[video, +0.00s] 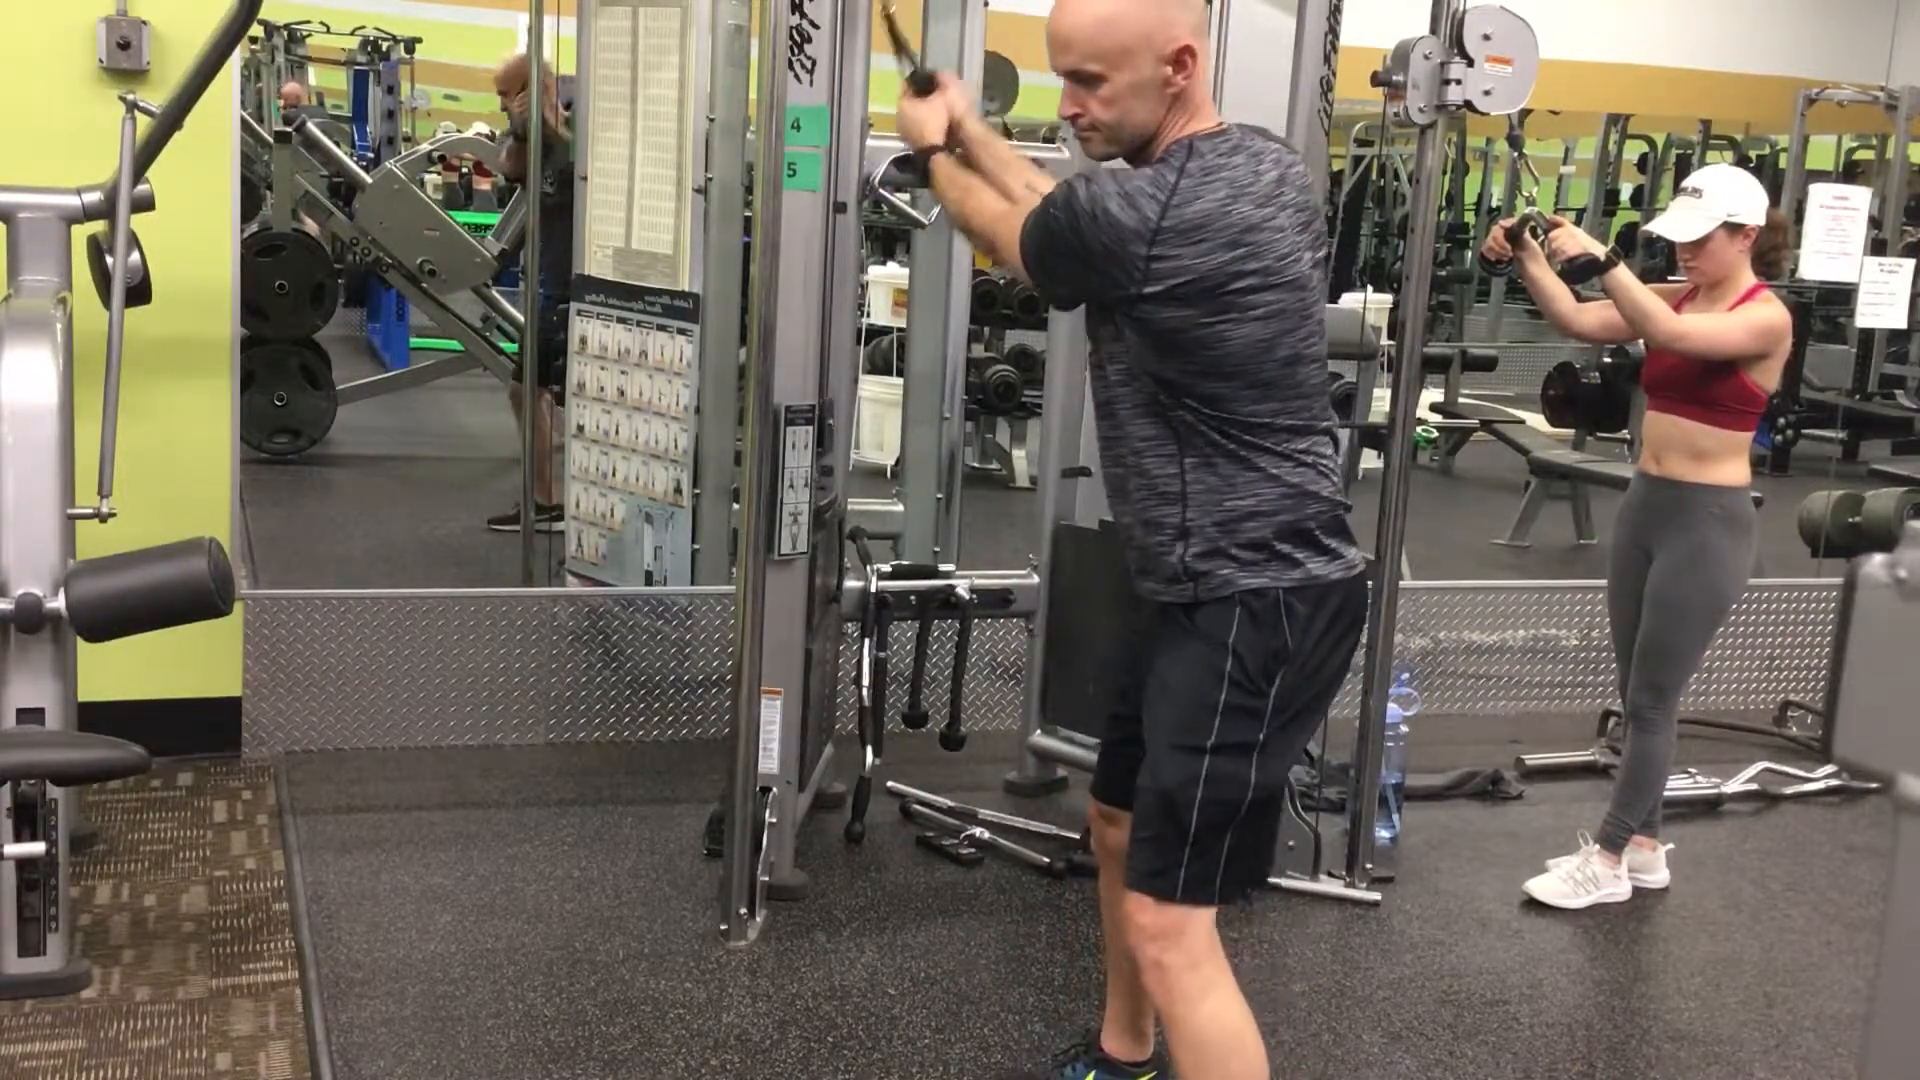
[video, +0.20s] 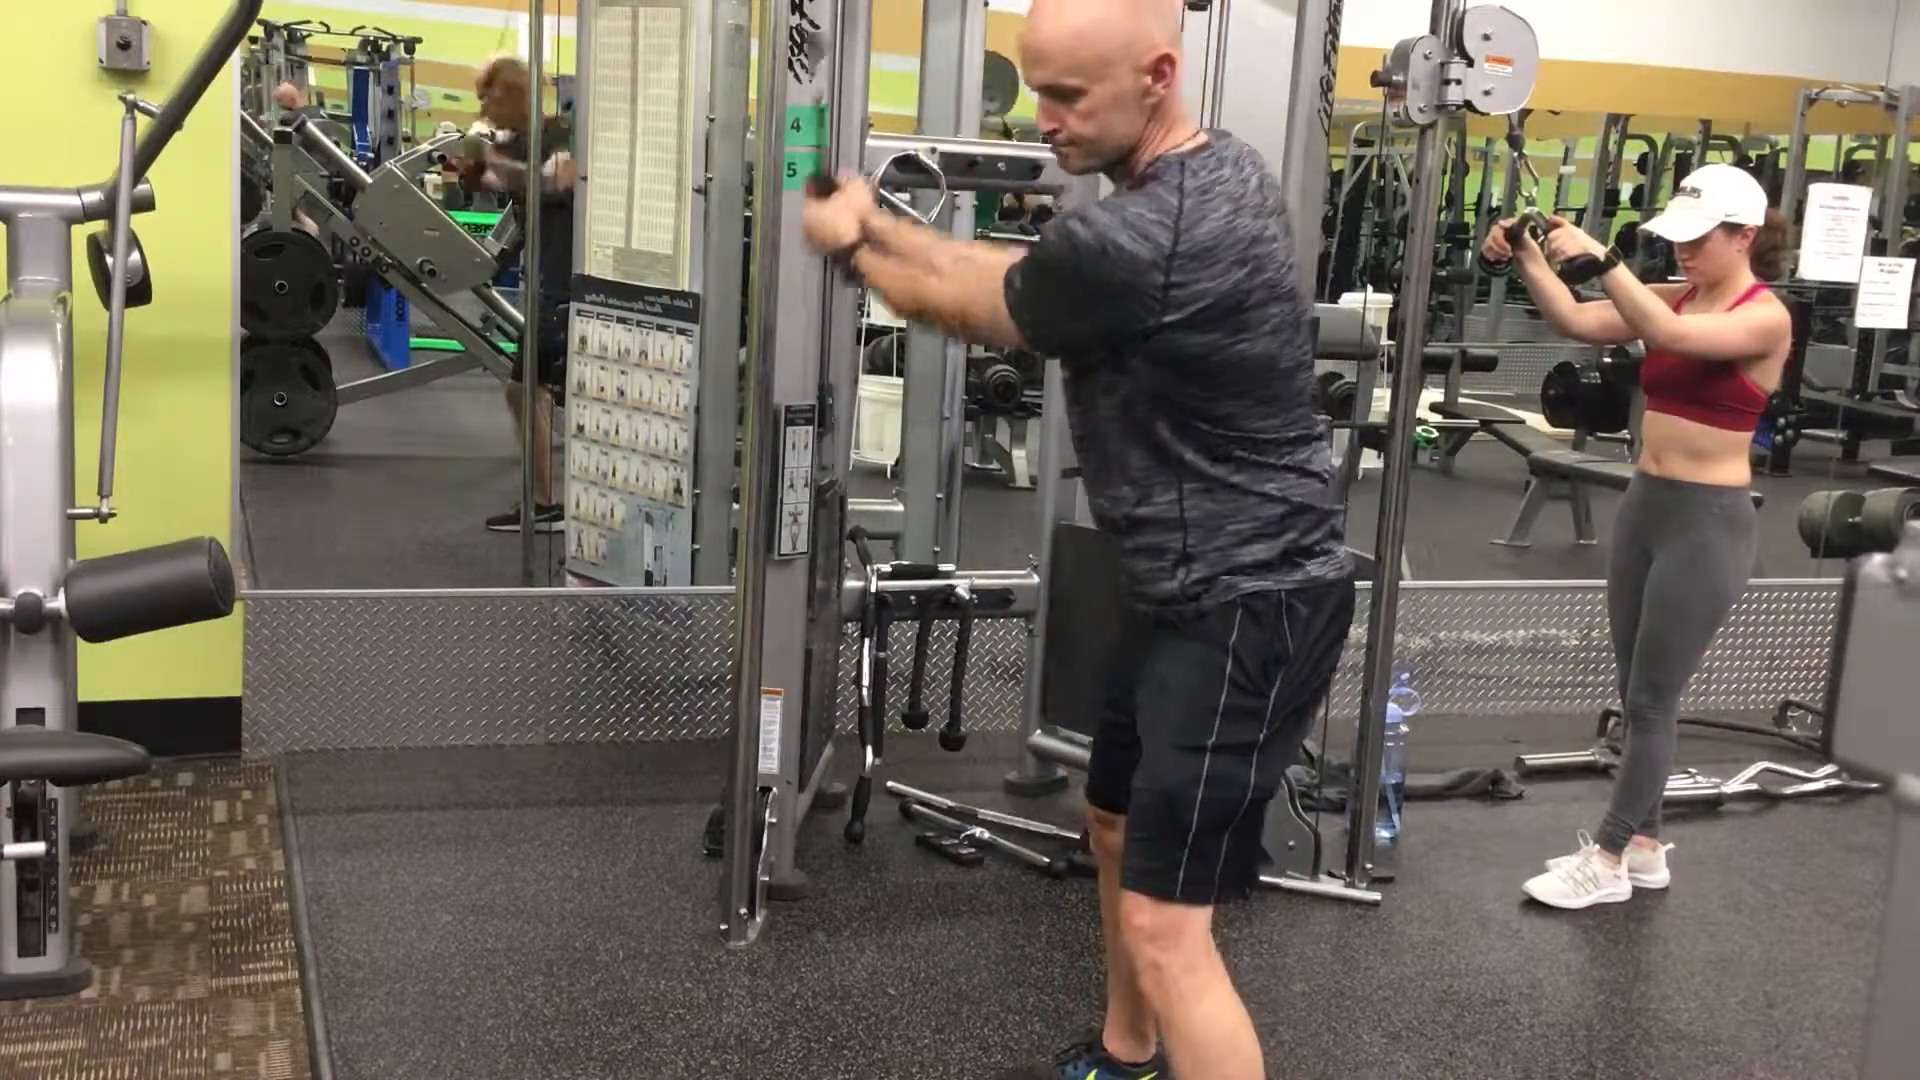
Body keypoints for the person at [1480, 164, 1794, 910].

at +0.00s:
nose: (1681, 252)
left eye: (1697, 238)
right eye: (1677, 239)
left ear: (1746, 236)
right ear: (1677, 238)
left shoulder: (1768, 317)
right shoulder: (1674, 300)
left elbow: (1669, 331)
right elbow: (1578, 318)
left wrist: (1600, 258)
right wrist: (1525, 257)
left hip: (1709, 524)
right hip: (1642, 510)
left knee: (1651, 698)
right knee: (1638, 693)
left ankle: (1606, 858)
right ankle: (1646, 846)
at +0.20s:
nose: (1680, 252)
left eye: (1694, 239)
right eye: (1676, 239)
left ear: (1744, 237)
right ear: (1677, 238)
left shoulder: (1768, 317)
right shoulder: (1673, 300)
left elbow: (1668, 331)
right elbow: (1577, 320)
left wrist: (1599, 257)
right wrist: (1524, 259)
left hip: (1709, 522)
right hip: (1642, 508)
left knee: (1652, 698)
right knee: (1638, 691)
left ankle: (1606, 858)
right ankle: (1646, 846)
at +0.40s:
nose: (1678, 252)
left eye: (1693, 238)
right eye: (1674, 239)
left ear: (1742, 237)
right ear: (1677, 239)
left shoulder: (1767, 317)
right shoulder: (1673, 300)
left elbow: (1668, 332)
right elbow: (1577, 319)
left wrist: (1600, 258)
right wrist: (1524, 259)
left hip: (1709, 522)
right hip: (1642, 508)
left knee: (1651, 698)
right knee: (1638, 691)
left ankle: (1606, 858)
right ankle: (1646, 846)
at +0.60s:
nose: (1677, 252)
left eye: (1692, 239)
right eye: (1673, 239)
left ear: (1740, 237)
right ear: (1675, 239)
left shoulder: (1765, 318)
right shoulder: (1671, 300)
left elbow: (1667, 333)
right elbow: (1575, 320)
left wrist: (1598, 257)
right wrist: (1522, 260)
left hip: (1707, 523)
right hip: (1641, 508)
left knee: (1650, 698)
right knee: (1638, 693)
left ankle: (1606, 858)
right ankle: (1645, 846)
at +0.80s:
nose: (1675, 253)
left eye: (1689, 240)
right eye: (1671, 241)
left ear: (1738, 236)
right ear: (1672, 240)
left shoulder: (1765, 317)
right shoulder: (1670, 300)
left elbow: (1667, 333)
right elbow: (1574, 320)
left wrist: (1597, 257)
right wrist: (1522, 258)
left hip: (1708, 523)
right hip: (1641, 508)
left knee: (1651, 698)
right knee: (1638, 693)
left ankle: (1607, 858)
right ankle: (1645, 845)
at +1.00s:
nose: (1675, 254)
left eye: (1688, 240)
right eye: (1670, 242)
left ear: (1738, 237)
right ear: (1672, 241)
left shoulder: (1765, 315)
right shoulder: (1669, 299)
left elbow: (1666, 334)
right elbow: (1572, 320)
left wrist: (1595, 258)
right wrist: (1522, 260)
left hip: (1708, 523)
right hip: (1641, 508)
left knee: (1651, 699)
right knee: (1638, 692)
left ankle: (1607, 858)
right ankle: (1646, 845)